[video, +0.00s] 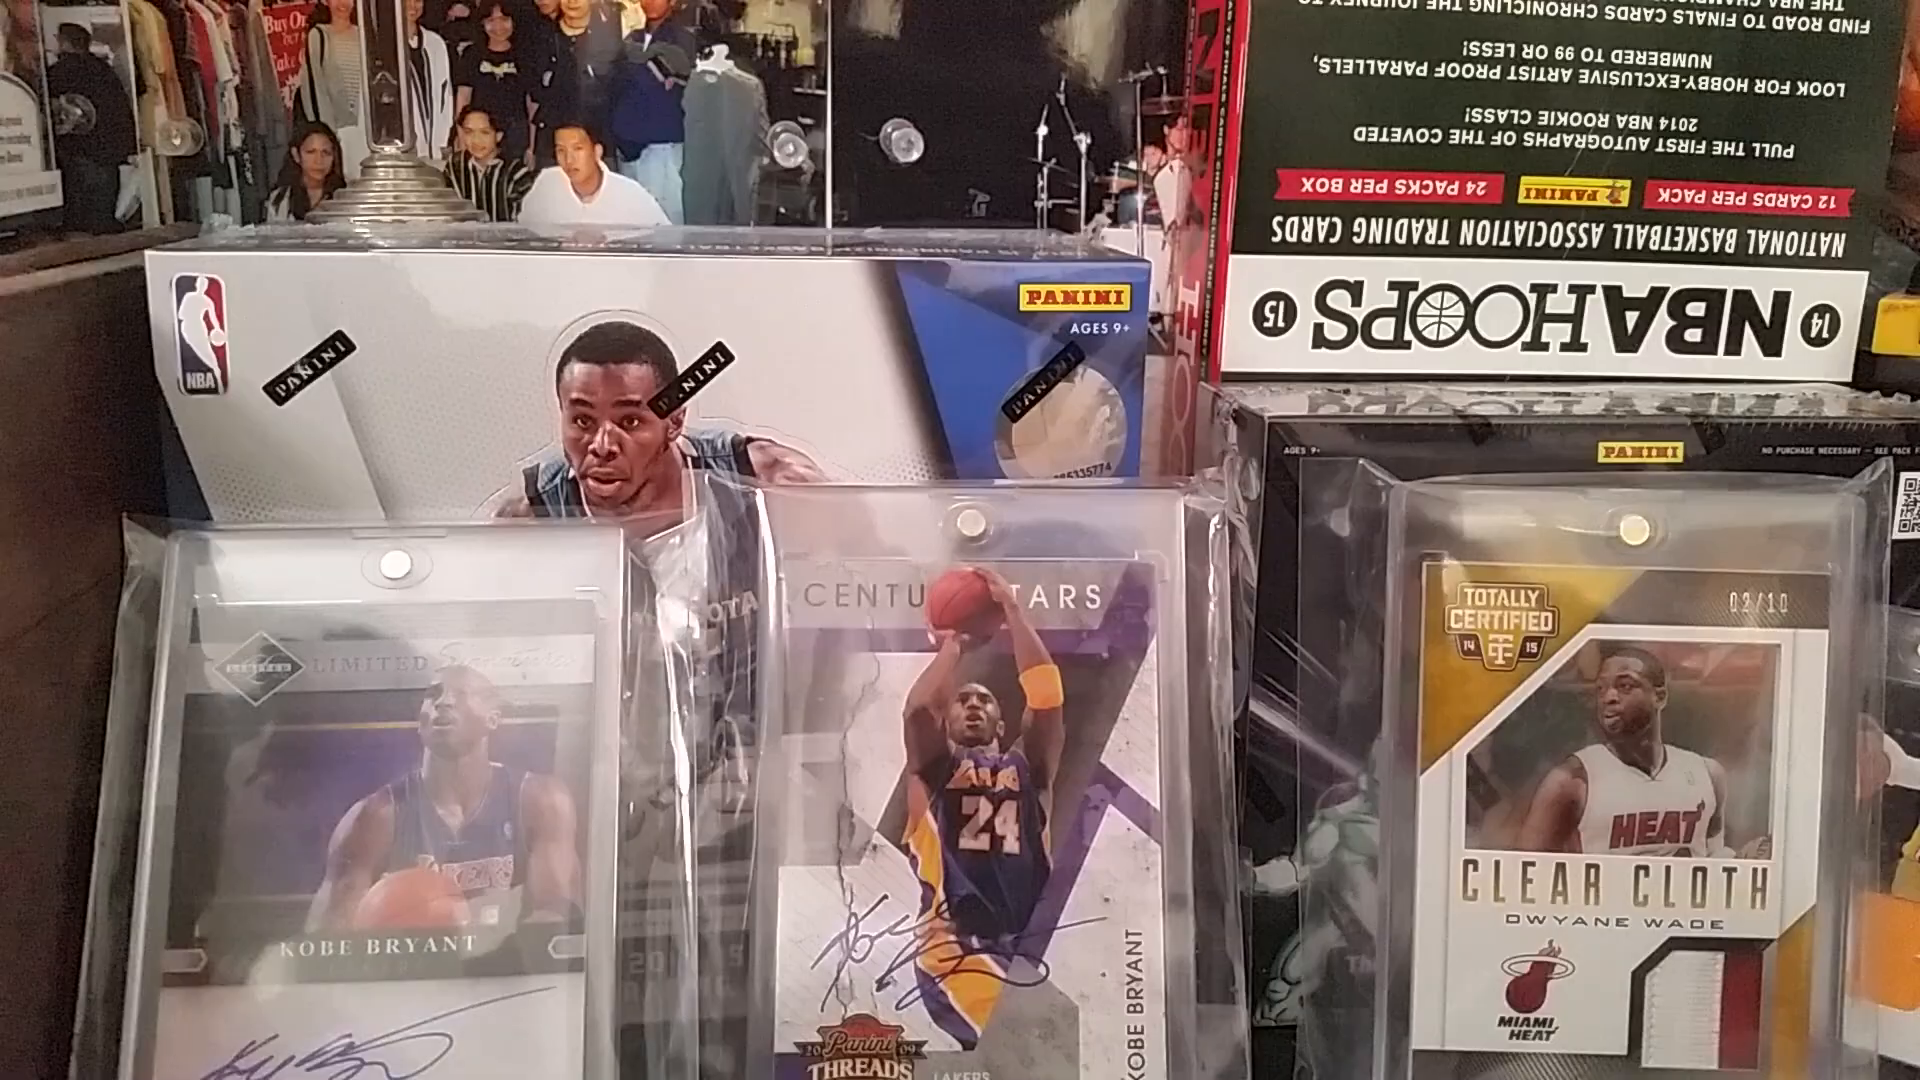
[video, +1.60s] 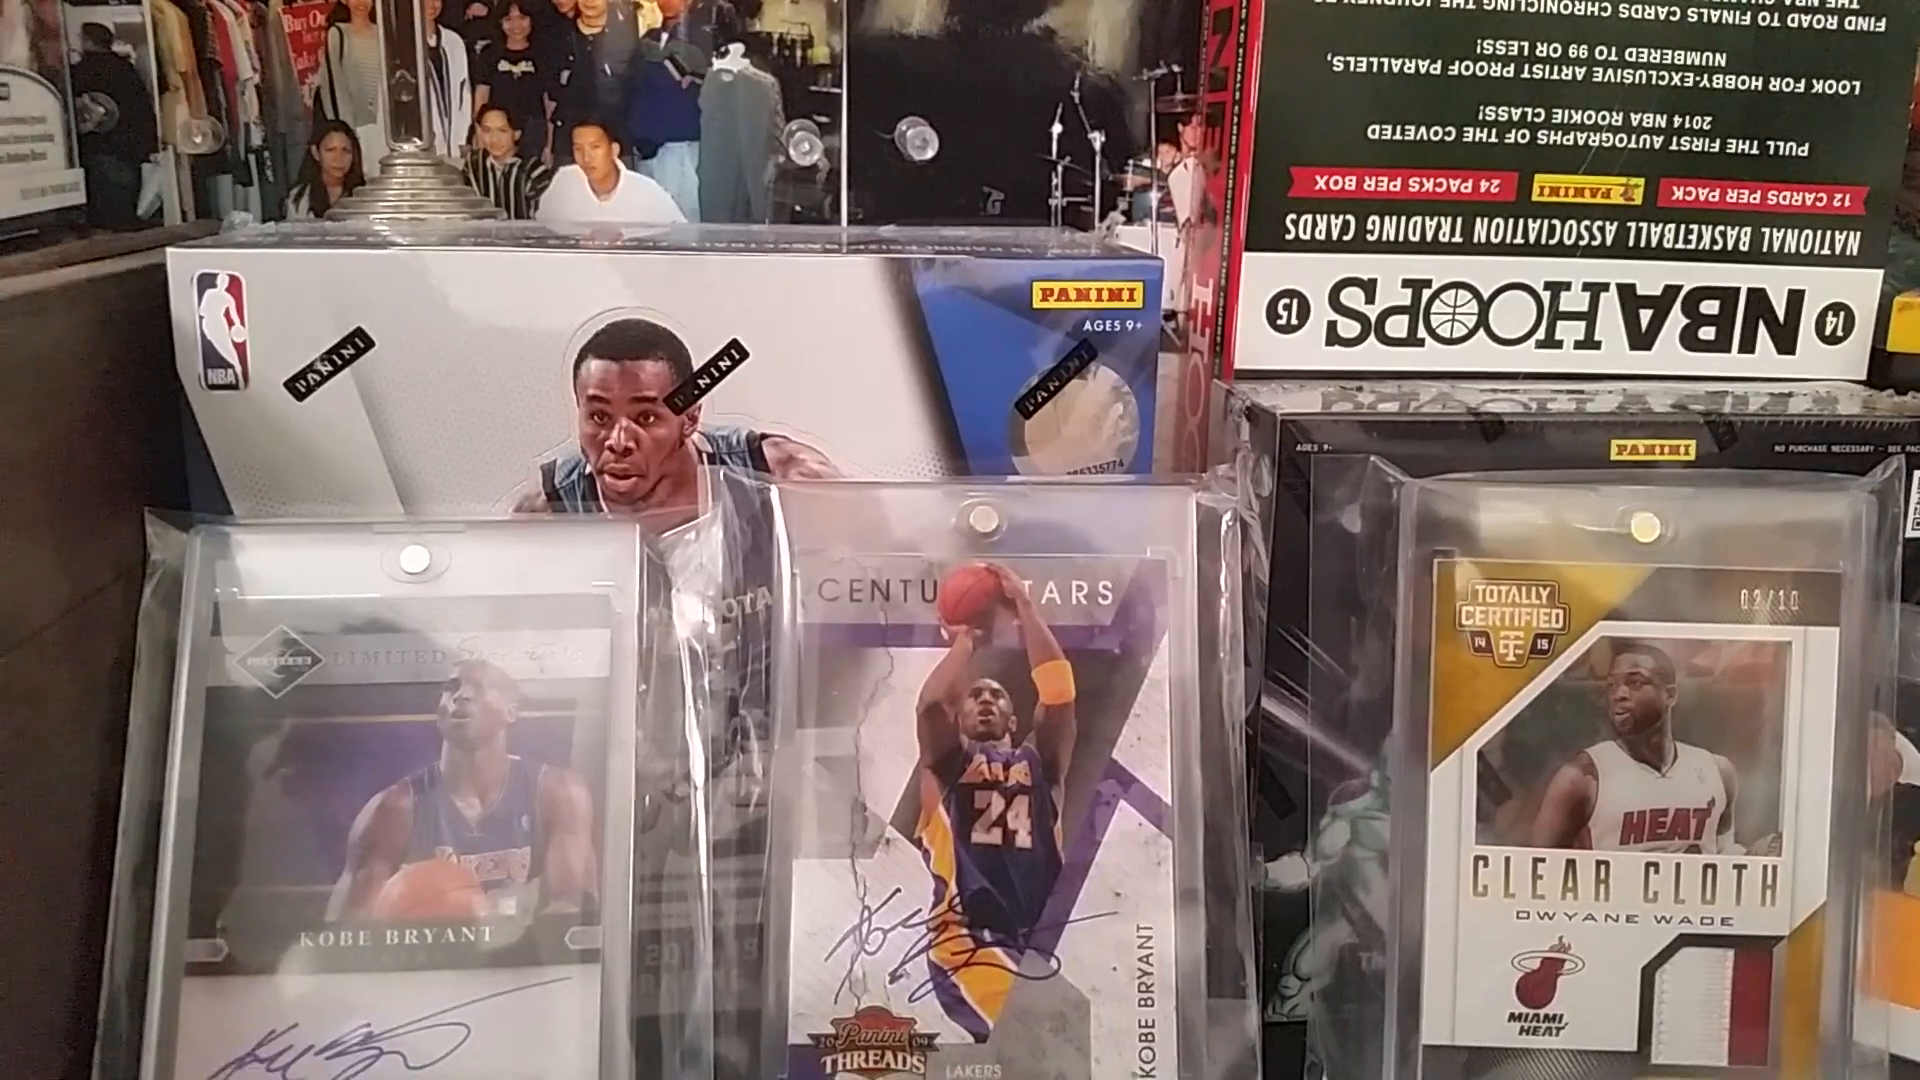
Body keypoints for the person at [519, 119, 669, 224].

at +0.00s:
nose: (569, 160)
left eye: (578, 149)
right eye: (561, 152)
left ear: (597, 152)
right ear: (555, 156)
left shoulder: (630, 193)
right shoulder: (547, 183)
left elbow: (668, 240)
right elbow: (521, 232)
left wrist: (609, 244)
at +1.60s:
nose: (586, 158)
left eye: (595, 148)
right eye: (579, 150)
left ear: (614, 150)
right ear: (573, 153)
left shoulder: (646, 191)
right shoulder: (564, 181)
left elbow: (685, 237)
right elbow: (540, 229)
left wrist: (625, 240)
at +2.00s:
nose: (573, 159)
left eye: (583, 149)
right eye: (567, 151)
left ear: (602, 153)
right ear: (561, 156)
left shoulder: (633, 193)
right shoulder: (553, 183)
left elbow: (669, 239)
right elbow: (528, 232)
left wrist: (614, 244)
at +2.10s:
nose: (538, 156)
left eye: (547, 147)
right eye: (534, 148)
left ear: (570, 150)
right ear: (529, 152)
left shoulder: (603, 189)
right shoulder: (519, 181)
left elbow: (634, 238)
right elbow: (495, 231)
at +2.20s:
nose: (506, 156)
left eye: (514, 147)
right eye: (500, 148)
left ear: (534, 148)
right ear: (494, 152)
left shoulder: (565, 189)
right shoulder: (484, 180)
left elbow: (601, 234)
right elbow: (460, 227)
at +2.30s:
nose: (475, 154)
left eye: (483, 145)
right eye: (468, 146)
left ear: (503, 148)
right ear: (463, 149)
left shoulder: (535, 186)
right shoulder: (454, 178)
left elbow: (572, 233)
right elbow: (430, 226)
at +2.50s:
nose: (462, 154)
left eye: (471, 144)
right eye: (455, 146)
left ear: (490, 147)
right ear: (449, 150)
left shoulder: (522, 186)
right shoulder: (442, 177)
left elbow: (559, 233)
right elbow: (418, 226)